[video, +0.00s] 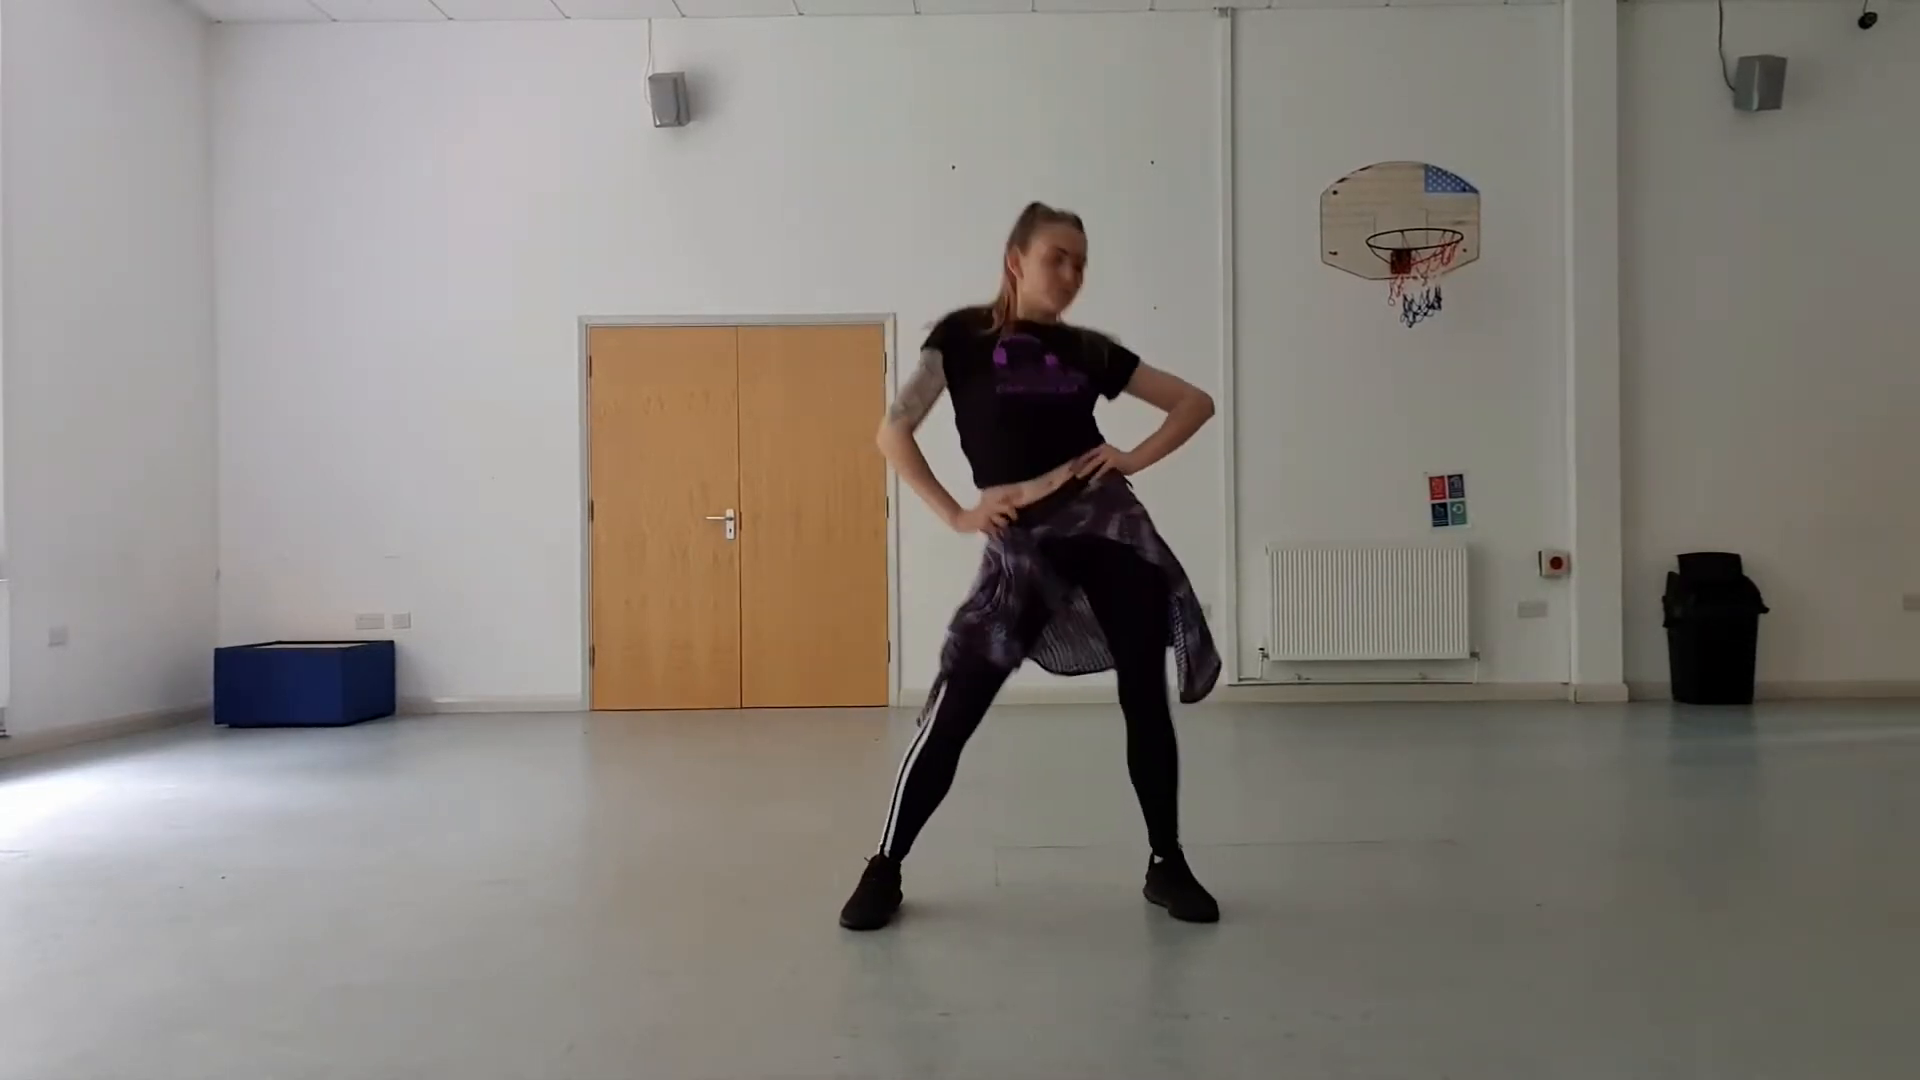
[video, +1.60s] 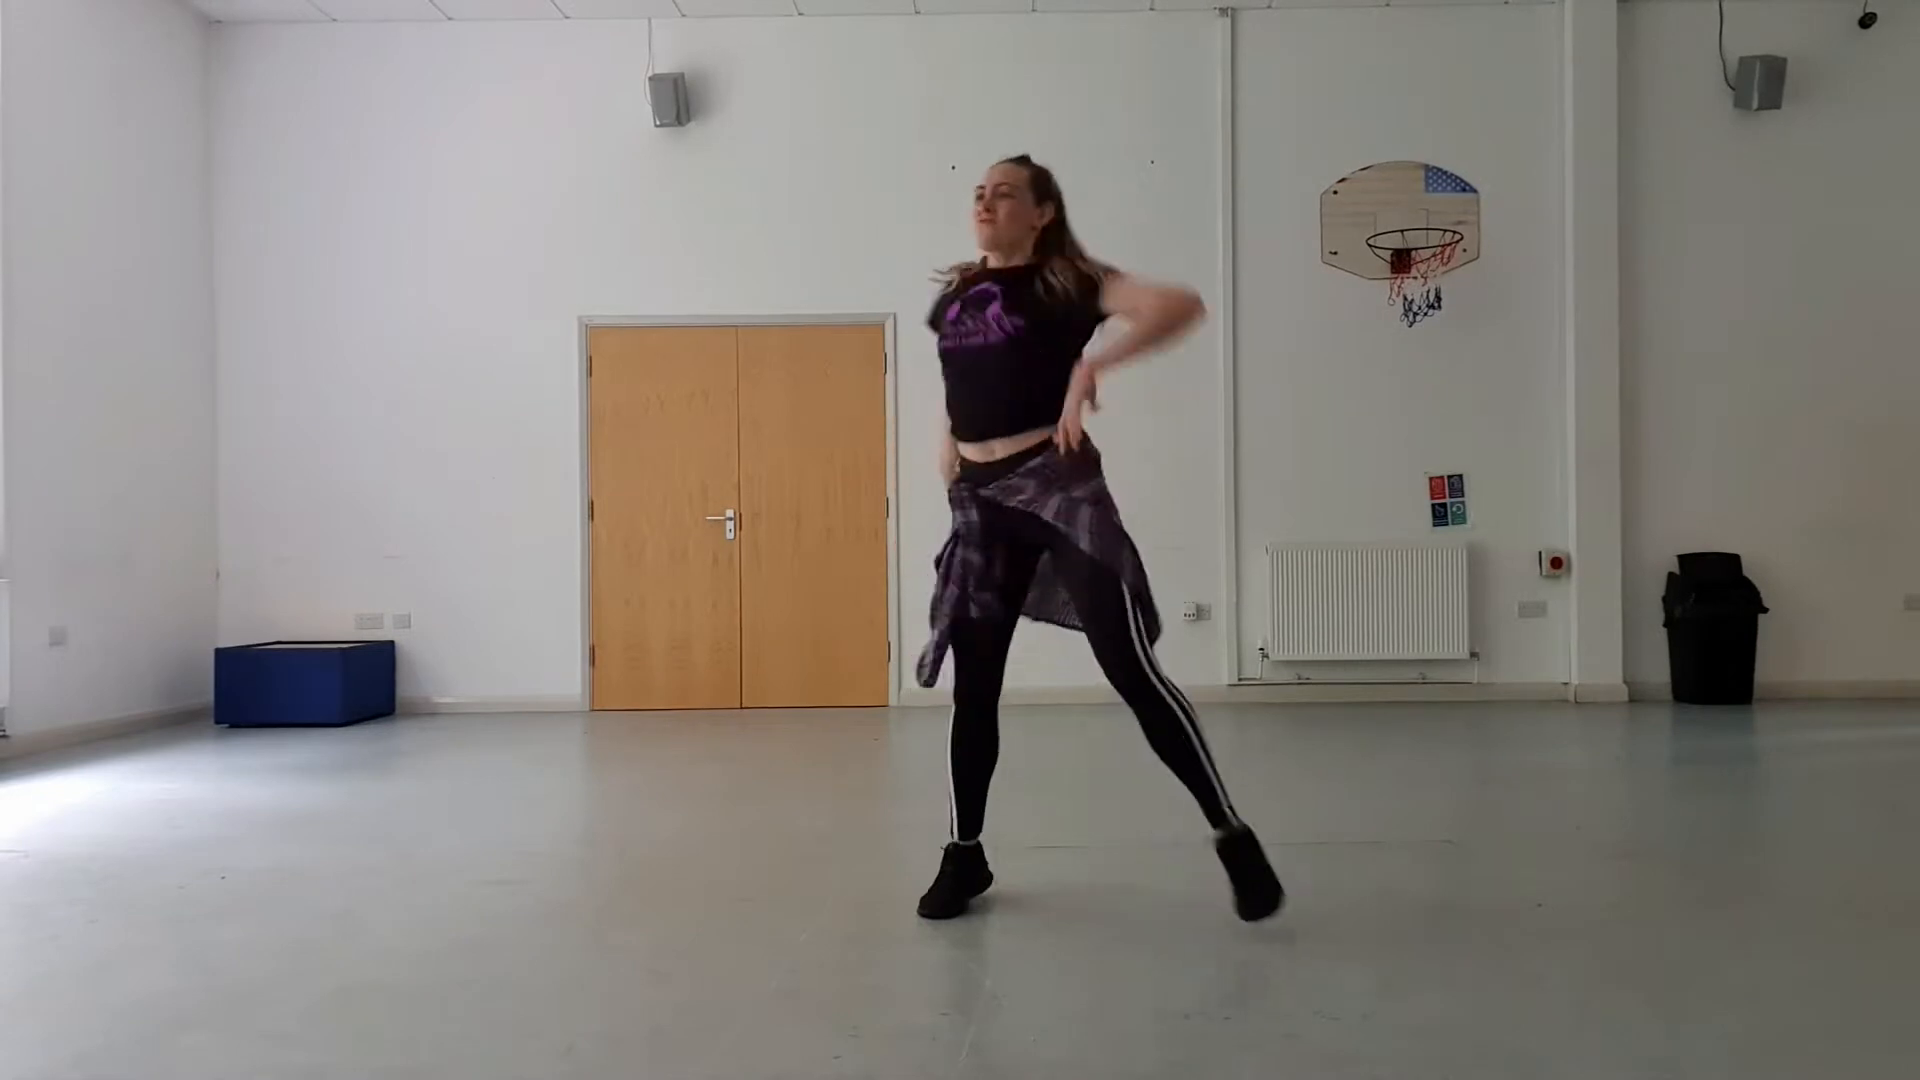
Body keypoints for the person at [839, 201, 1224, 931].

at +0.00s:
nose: (1071, 275)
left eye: (1079, 265)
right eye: (1059, 259)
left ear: (1082, 275)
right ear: (1015, 260)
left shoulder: (1084, 350)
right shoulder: (961, 338)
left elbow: (1194, 404)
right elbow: (894, 431)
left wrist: (1135, 459)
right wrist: (955, 516)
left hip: (1108, 534)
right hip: (1022, 545)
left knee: (1145, 696)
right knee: (955, 708)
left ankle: (1167, 862)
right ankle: (883, 867)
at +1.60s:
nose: (984, 204)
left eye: (1003, 195)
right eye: (980, 195)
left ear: (1042, 214)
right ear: (974, 213)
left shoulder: (1066, 279)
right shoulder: (961, 294)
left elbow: (1179, 306)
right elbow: (960, 392)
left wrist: (1091, 365)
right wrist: (951, 458)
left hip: (1062, 490)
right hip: (984, 501)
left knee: (1131, 672)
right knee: (974, 685)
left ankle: (1231, 836)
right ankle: (965, 853)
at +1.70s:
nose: (1013, 219)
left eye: (1028, 207)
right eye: (1007, 208)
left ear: (1064, 217)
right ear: (1000, 219)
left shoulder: (1078, 261)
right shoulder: (1005, 295)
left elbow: (1081, 230)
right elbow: (984, 283)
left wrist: (1019, 328)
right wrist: (987, 288)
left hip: (1061, 496)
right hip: (989, 502)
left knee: (1147, 683)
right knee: (988, 691)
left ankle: (1247, 860)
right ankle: (975, 854)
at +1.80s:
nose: (1043, 241)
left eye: (1064, 231)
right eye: (1036, 230)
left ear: (1097, 242)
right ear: (1027, 237)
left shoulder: (1099, 285)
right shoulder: (1052, 307)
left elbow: (1025, 273)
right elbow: (1030, 318)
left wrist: (935, 273)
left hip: (1077, 501)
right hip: (1012, 502)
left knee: (1131, 705)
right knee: (997, 698)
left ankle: (1242, 883)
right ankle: (980, 857)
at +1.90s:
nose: (1070, 254)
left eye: (1088, 241)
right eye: (1061, 244)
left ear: (1127, 246)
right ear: (1056, 251)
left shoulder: (1130, 296)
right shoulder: (1090, 313)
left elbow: (1043, 289)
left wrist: (944, 268)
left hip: (1121, 519)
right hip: (1063, 517)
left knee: (1146, 728)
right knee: (998, 695)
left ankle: (1251, 891)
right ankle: (986, 854)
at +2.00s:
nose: (1087, 259)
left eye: (1105, 245)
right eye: (1077, 247)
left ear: (1146, 254)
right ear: (1073, 259)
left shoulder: (1155, 313)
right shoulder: (1114, 341)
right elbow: (1128, 476)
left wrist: (1030, 296)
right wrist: (1029, 530)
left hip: (1179, 532)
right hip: (1122, 533)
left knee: (1186, 734)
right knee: (986, 664)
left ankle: (1260, 893)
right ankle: (1015, 837)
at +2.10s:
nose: (1102, 263)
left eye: (1120, 250)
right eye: (1093, 250)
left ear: (1157, 263)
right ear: (1083, 265)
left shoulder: (1178, 332)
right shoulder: (1117, 344)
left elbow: (1250, 423)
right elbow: (1151, 457)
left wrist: (1154, 331)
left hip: (1216, 540)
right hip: (1152, 545)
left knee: (1204, 734)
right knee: (1016, 662)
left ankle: (1261, 896)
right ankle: (1103, 826)